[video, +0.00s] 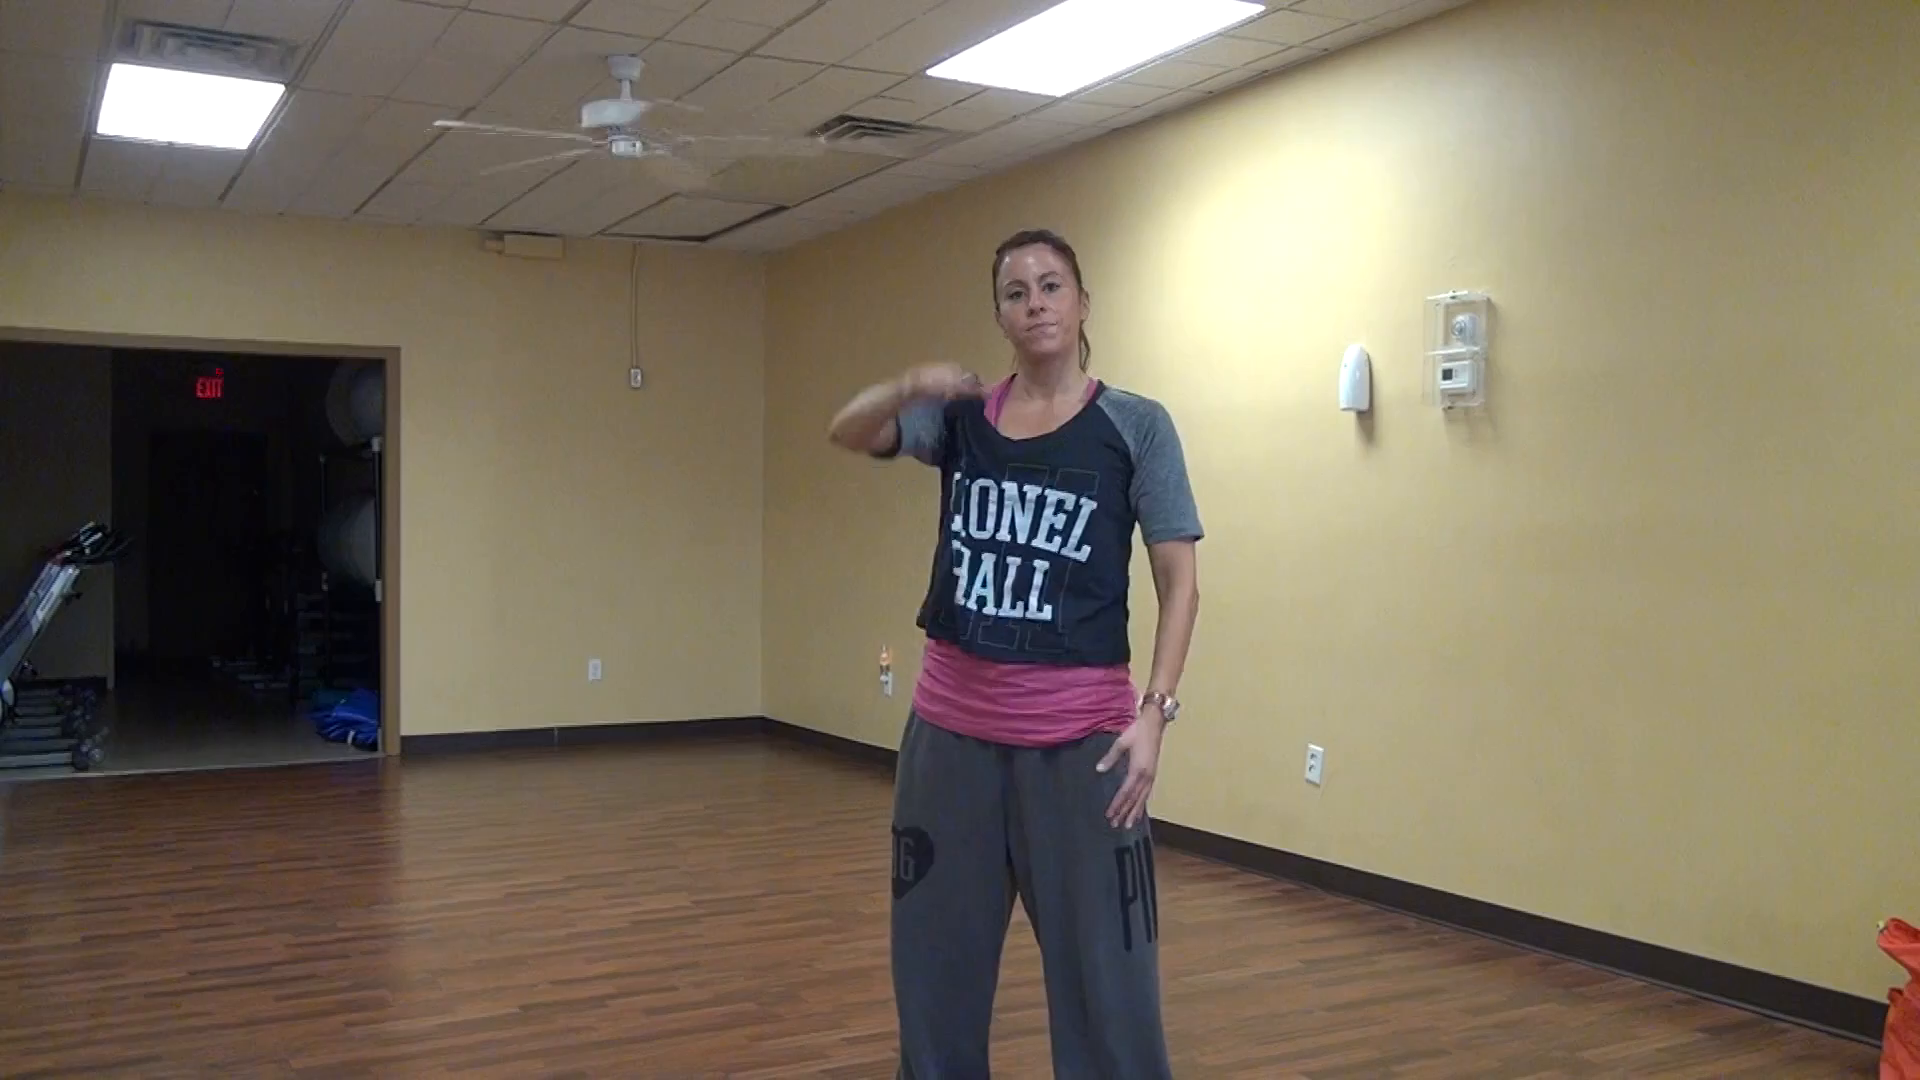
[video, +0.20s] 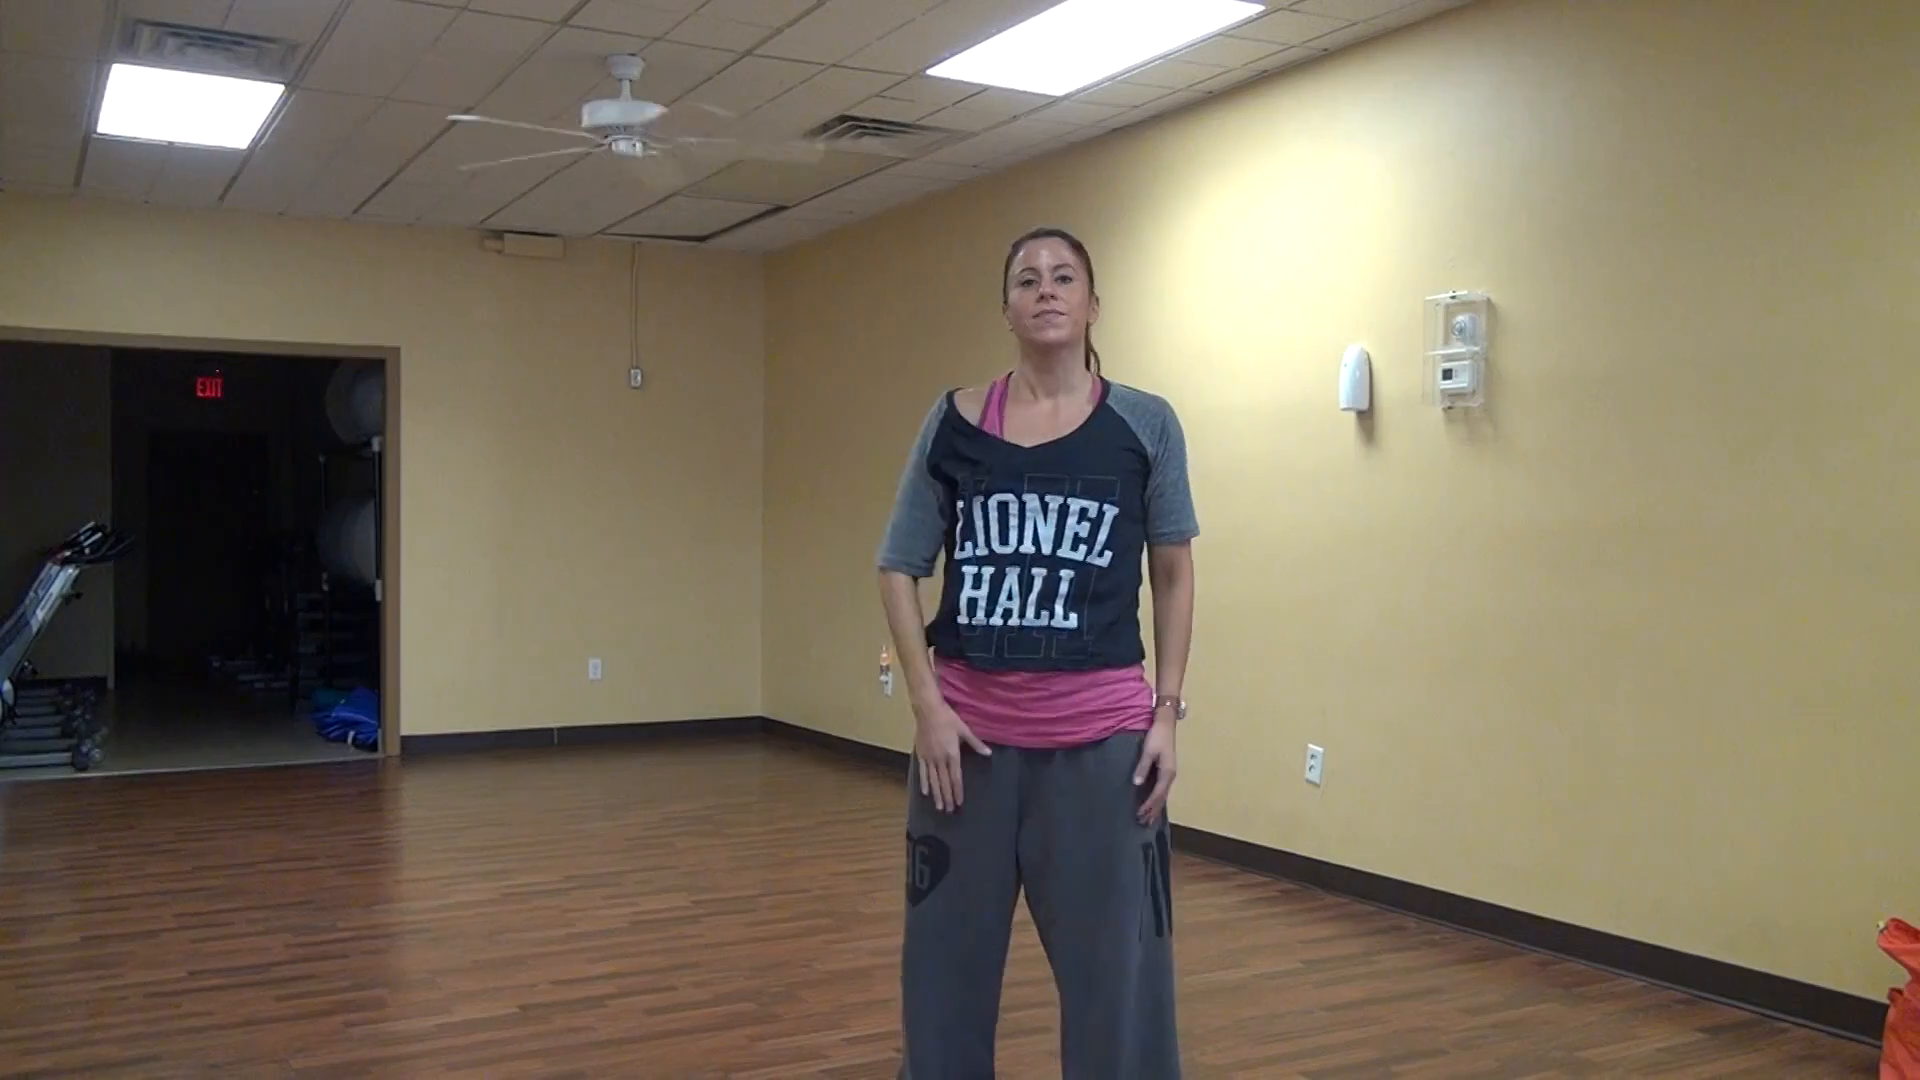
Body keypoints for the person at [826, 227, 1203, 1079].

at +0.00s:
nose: (1035, 302)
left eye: (1050, 285)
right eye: (1016, 292)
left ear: (1082, 301)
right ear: (999, 317)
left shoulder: (1135, 424)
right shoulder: (961, 414)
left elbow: (1179, 579)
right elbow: (846, 433)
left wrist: (1155, 711)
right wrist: (906, 385)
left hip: (1079, 741)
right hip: (949, 734)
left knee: (1103, 983)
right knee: (935, 972)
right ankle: (938, 1077)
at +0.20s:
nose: (1044, 291)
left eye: (1062, 278)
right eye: (1027, 281)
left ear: (1092, 302)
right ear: (1006, 307)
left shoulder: (1146, 421)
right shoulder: (957, 418)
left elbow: (1173, 573)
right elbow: (899, 568)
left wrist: (1168, 710)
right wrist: (927, 705)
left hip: (1100, 739)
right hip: (967, 735)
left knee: (1115, 979)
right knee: (946, 974)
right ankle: (944, 1074)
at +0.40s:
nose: (1060, 291)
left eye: (1077, 277)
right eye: (1040, 280)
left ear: (1103, 303)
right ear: (1015, 308)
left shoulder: (1162, 420)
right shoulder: (971, 422)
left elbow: (1196, 572)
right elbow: (927, 573)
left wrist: (1204, 711)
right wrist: (936, 714)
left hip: (1130, 738)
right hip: (993, 738)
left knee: (1139, 987)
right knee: (961, 984)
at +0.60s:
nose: (1080, 290)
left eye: (1096, 276)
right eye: (1060, 280)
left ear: (1122, 298)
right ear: (1035, 308)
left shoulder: (1185, 416)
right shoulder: (994, 423)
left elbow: (1223, 569)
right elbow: (952, 576)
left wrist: (1238, 714)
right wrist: (956, 714)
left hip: (1156, 739)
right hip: (1018, 737)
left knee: (1156, 984)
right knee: (983, 977)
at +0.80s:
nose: (1105, 294)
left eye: (1120, 277)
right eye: (1084, 282)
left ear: (1146, 294)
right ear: (1058, 308)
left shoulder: (1209, 418)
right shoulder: (1019, 423)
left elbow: (1248, 569)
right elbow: (979, 577)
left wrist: (1255, 711)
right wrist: (1014, 696)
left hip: (1176, 745)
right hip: (1041, 739)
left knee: (1166, 991)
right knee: (987, 971)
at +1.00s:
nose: (1120, 294)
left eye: (1136, 278)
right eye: (1100, 283)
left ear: (1164, 296)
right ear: (1076, 308)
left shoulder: (1227, 419)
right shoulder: (1035, 424)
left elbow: (1262, 577)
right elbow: (1000, 577)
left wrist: (1265, 716)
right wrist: (1052, 673)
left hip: (1185, 753)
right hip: (1045, 745)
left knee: (1173, 996)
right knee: (997, 966)